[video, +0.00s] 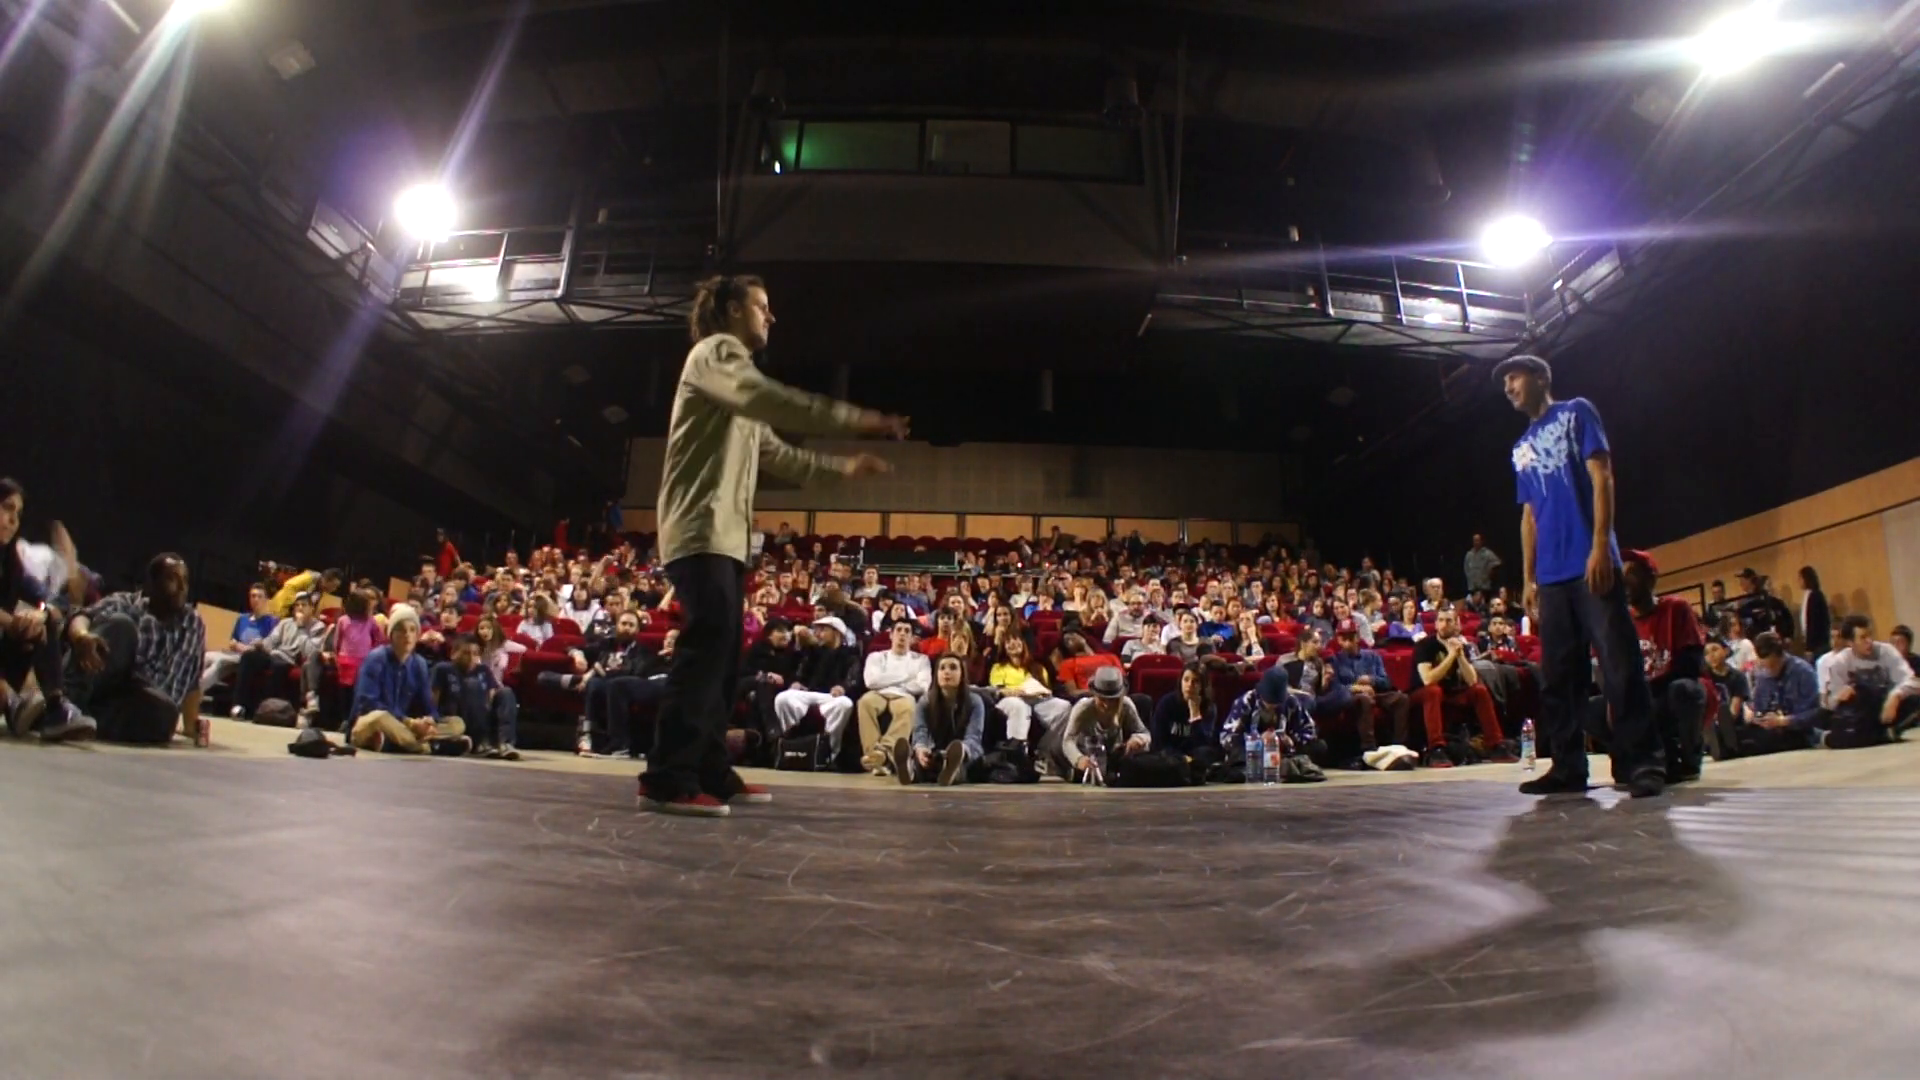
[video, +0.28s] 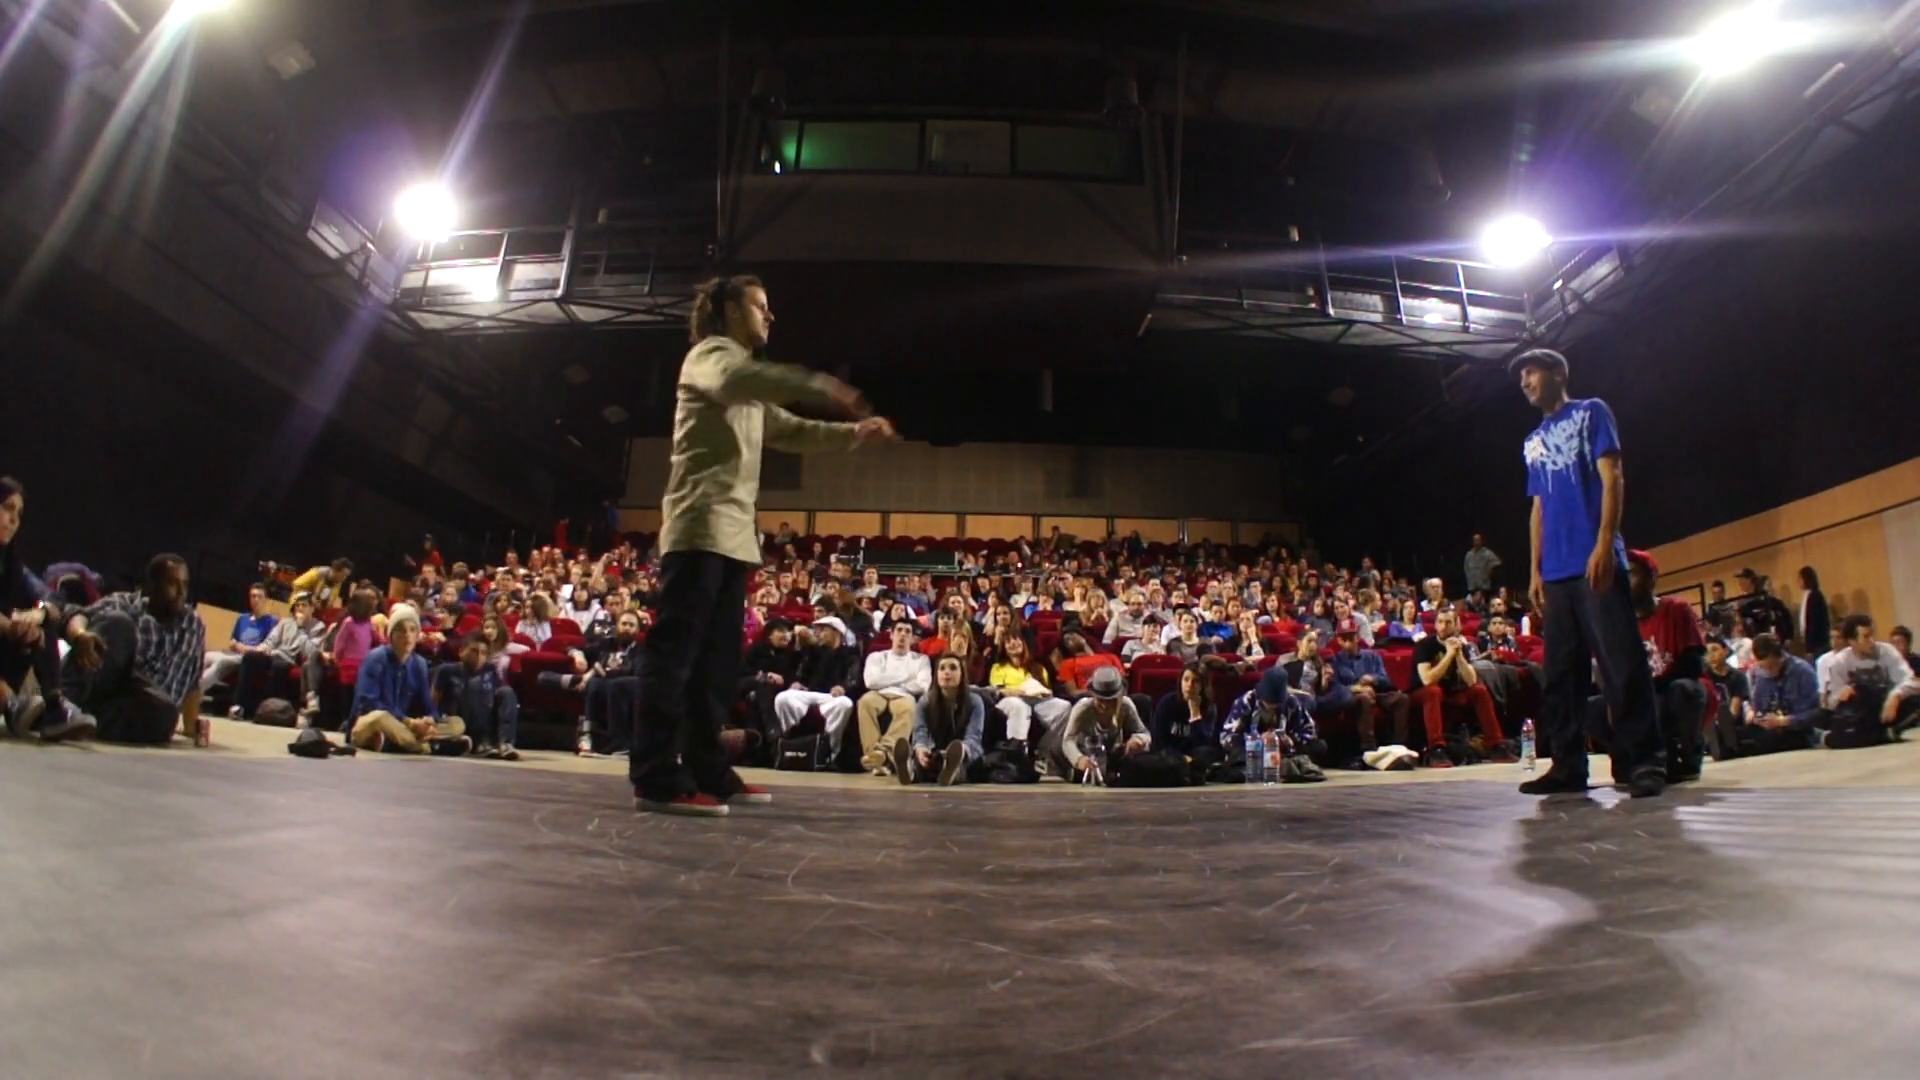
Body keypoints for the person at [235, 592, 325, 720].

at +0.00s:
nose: (300, 608)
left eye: (304, 605)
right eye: (297, 605)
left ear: (312, 609)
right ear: (294, 608)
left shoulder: (318, 628)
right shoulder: (285, 623)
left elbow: (309, 652)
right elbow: (271, 640)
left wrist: (301, 627)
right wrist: (262, 646)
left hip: (289, 659)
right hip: (271, 654)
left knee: (278, 668)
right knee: (248, 657)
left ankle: (270, 709)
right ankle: (239, 704)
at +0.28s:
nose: (300, 609)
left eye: (304, 605)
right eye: (298, 605)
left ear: (312, 608)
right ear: (294, 608)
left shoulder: (318, 627)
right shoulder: (285, 623)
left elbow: (309, 651)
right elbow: (271, 640)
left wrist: (301, 628)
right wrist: (264, 648)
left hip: (292, 660)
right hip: (273, 655)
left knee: (278, 666)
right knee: (250, 657)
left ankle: (272, 709)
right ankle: (239, 705)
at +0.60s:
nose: (300, 609)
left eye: (304, 605)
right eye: (297, 605)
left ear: (311, 608)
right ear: (294, 608)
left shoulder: (318, 629)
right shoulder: (285, 623)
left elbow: (308, 651)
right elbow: (271, 639)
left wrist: (301, 627)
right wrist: (266, 647)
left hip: (293, 661)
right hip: (274, 656)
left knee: (277, 665)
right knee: (249, 658)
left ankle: (268, 709)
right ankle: (239, 706)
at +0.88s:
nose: (300, 609)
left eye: (304, 606)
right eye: (298, 605)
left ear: (312, 609)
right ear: (294, 608)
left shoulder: (319, 628)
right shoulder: (286, 623)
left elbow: (309, 652)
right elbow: (271, 639)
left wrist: (301, 628)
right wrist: (265, 647)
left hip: (293, 661)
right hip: (274, 656)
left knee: (277, 665)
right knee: (248, 658)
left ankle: (269, 709)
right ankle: (234, 706)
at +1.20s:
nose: (301, 609)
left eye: (304, 606)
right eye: (298, 605)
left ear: (312, 608)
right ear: (294, 608)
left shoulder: (319, 628)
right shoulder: (285, 623)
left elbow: (309, 652)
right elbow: (271, 640)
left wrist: (300, 628)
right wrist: (264, 648)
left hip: (292, 661)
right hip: (273, 656)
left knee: (277, 666)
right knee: (248, 658)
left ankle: (271, 710)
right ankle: (234, 705)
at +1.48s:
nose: (301, 609)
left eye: (305, 606)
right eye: (298, 606)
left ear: (312, 609)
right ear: (294, 609)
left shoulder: (319, 628)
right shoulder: (285, 623)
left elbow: (309, 653)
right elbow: (271, 640)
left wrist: (301, 628)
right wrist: (264, 647)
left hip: (292, 661)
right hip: (273, 656)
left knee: (277, 667)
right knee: (248, 658)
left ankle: (270, 710)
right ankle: (234, 706)